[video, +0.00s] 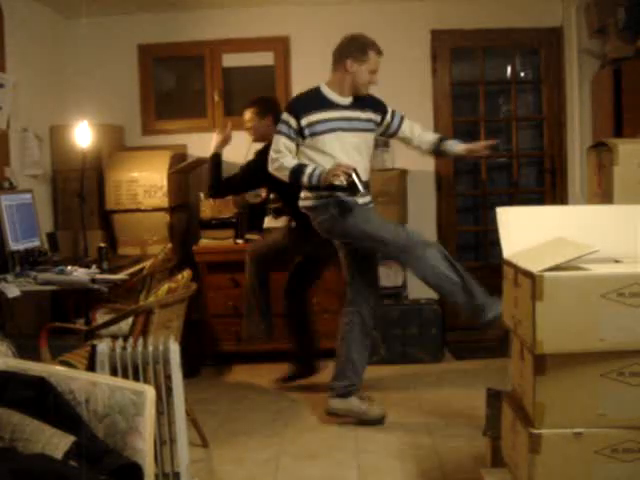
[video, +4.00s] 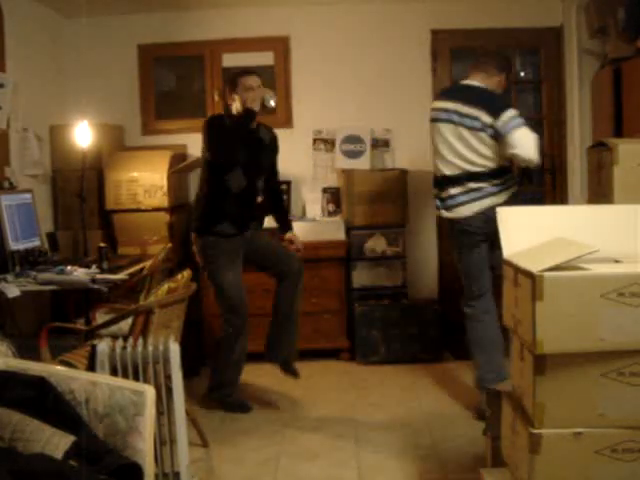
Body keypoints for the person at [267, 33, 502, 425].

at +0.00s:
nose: (375, 77)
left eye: (377, 70)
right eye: (371, 70)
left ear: (354, 69)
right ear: (348, 66)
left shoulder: (371, 109)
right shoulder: (301, 108)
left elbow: (415, 133)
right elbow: (277, 163)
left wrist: (460, 147)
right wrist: (321, 176)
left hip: (359, 209)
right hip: (326, 210)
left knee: (362, 300)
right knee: (418, 247)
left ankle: (343, 395)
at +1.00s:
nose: (378, 85)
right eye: (380, 80)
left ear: (345, 72)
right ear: (381, 78)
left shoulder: (314, 95)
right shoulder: (393, 118)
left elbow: (276, 125)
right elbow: (427, 181)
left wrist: (301, 175)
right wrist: (431, 169)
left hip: (322, 219)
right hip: (365, 228)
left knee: (397, 227)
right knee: (374, 316)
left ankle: (446, 252)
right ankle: (346, 414)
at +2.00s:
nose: (426, 115)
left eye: (432, 108)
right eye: (418, 106)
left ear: (438, 105)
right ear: (397, 99)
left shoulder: (439, 136)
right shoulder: (374, 128)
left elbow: (485, 144)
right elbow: (350, 183)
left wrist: (543, 144)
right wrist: (402, 201)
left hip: (424, 234)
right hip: (383, 226)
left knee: (441, 324)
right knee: (410, 278)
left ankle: (400, 417)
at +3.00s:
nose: (422, 111)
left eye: (425, 102)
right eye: (420, 104)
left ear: (447, 90)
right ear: (450, 92)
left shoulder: (469, 123)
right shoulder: (467, 119)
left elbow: (400, 143)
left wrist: (339, 145)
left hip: (452, 236)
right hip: (434, 220)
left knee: (423, 323)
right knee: (361, 198)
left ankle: (447, 411)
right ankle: (395, 277)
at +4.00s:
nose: (502, 90)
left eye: (503, 86)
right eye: (504, 86)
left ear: (471, 72)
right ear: (499, 79)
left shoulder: (441, 102)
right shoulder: (496, 105)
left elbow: (443, 150)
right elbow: (529, 153)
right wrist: (508, 146)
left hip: (460, 216)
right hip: (499, 212)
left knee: (476, 298)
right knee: (514, 292)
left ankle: (491, 381)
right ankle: (523, 369)